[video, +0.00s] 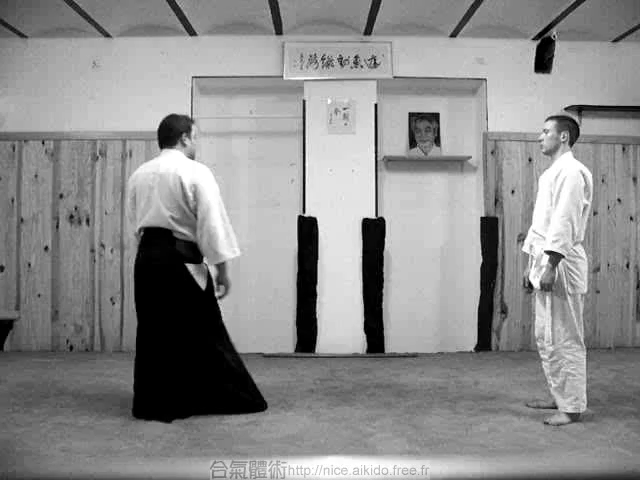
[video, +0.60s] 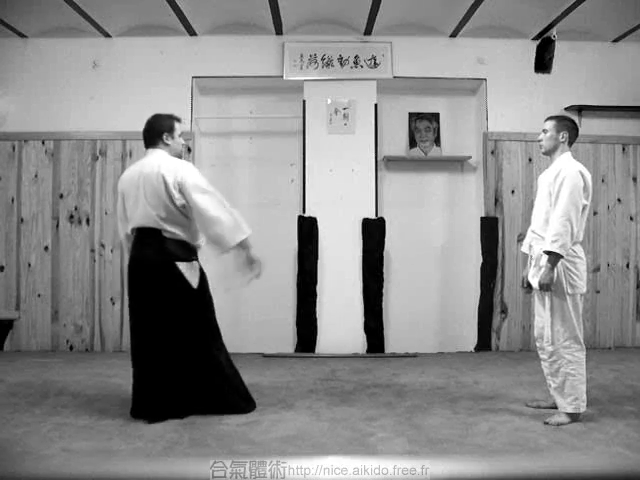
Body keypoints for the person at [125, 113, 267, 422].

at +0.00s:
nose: (196, 142)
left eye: (195, 136)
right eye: (194, 137)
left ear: (161, 140)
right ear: (185, 138)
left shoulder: (138, 174)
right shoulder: (195, 173)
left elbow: (136, 223)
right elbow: (212, 226)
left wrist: (151, 250)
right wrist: (221, 270)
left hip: (146, 259)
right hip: (182, 260)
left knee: (152, 332)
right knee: (203, 330)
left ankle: (152, 401)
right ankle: (240, 396)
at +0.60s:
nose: (184, 143)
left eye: (183, 136)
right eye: (181, 137)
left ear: (152, 140)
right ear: (166, 139)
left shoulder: (128, 174)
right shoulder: (178, 170)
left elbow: (126, 227)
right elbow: (213, 211)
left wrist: (136, 254)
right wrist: (244, 248)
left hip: (141, 257)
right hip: (175, 257)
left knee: (148, 331)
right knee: (195, 329)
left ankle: (151, 402)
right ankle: (226, 397)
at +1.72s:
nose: (220, 141)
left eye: (220, 135)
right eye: (216, 136)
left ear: (187, 139)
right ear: (200, 138)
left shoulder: (159, 169)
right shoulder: (205, 170)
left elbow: (158, 213)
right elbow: (250, 192)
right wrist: (302, 203)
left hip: (163, 251)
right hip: (194, 255)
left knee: (165, 324)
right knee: (210, 325)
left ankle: (152, 395)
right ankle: (218, 396)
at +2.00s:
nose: (179, 148)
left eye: (179, 142)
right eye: (173, 142)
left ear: (150, 145)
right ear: (155, 144)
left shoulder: (141, 172)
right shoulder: (157, 174)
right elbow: (199, 197)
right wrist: (246, 199)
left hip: (146, 256)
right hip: (165, 259)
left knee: (150, 330)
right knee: (191, 329)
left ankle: (138, 395)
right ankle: (210, 394)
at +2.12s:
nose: (165, 145)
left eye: (165, 140)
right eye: (159, 140)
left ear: (141, 143)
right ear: (141, 143)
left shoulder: (140, 169)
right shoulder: (142, 174)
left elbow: (178, 182)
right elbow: (186, 190)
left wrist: (203, 178)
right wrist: (214, 184)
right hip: (154, 260)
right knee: (174, 329)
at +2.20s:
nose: (160, 144)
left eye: (160, 139)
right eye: (155, 139)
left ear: (140, 141)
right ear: (138, 141)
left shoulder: (143, 168)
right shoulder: (133, 171)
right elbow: (164, 181)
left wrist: (184, 161)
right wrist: (176, 160)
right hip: (148, 259)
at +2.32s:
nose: (159, 141)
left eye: (158, 136)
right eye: (153, 136)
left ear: (137, 143)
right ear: (136, 141)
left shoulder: (147, 171)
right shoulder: (129, 171)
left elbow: (165, 161)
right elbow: (153, 157)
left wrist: (173, 137)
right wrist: (162, 128)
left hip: (160, 257)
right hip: (144, 259)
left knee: (170, 328)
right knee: (145, 331)